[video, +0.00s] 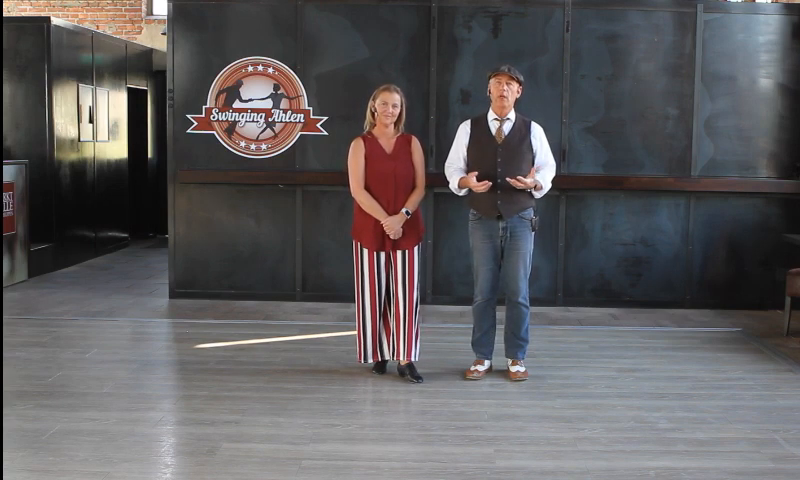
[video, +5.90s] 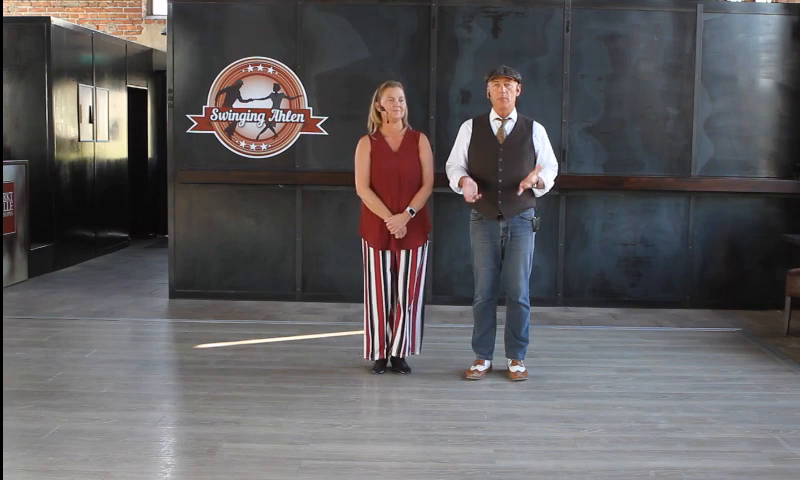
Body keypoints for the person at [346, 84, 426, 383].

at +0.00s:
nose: (389, 110)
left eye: (394, 105)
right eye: (384, 104)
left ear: (400, 110)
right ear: (374, 107)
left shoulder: (412, 143)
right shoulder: (360, 144)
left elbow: (420, 187)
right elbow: (357, 190)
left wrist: (401, 216)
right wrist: (389, 220)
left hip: (406, 230)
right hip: (371, 231)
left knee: (406, 295)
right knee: (374, 295)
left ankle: (406, 359)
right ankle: (379, 356)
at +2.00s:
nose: (396, 108)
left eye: (397, 103)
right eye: (389, 104)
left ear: (399, 107)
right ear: (373, 110)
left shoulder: (412, 143)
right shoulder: (360, 145)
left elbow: (421, 187)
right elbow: (357, 191)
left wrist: (402, 216)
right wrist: (388, 220)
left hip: (406, 230)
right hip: (371, 231)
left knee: (407, 295)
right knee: (374, 295)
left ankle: (406, 359)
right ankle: (378, 355)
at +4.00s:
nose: (392, 106)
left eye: (393, 102)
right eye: (385, 103)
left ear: (398, 106)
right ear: (370, 110)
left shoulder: (411, 142)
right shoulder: (360, 146)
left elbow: (421, 186)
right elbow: (357, 191)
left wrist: (403, 216)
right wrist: (389, 221)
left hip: (406, 230)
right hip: (371, 232)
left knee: (406, 296)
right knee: (374, 295)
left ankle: (406, 359)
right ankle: (379, 355)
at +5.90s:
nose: (397, 105)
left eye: (400, 100)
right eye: (391, 100)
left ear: (406, 104)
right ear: (379, 106)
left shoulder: (420, 140)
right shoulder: (367, 143)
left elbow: (428, 184)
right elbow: (362, 188)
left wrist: (406, 214)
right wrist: (391, 220)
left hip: (413, 227)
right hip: (377, 228)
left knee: (408, 294)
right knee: (379, 293)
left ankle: (398, 354)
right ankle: (379, 354)